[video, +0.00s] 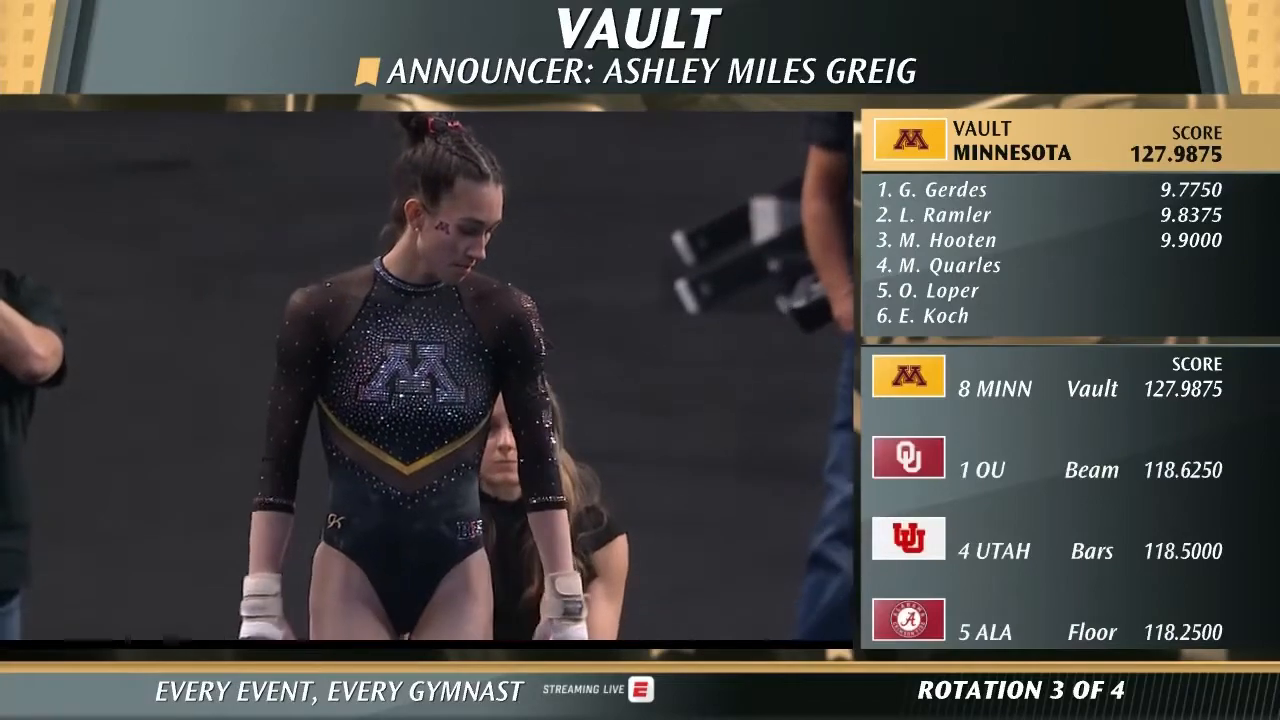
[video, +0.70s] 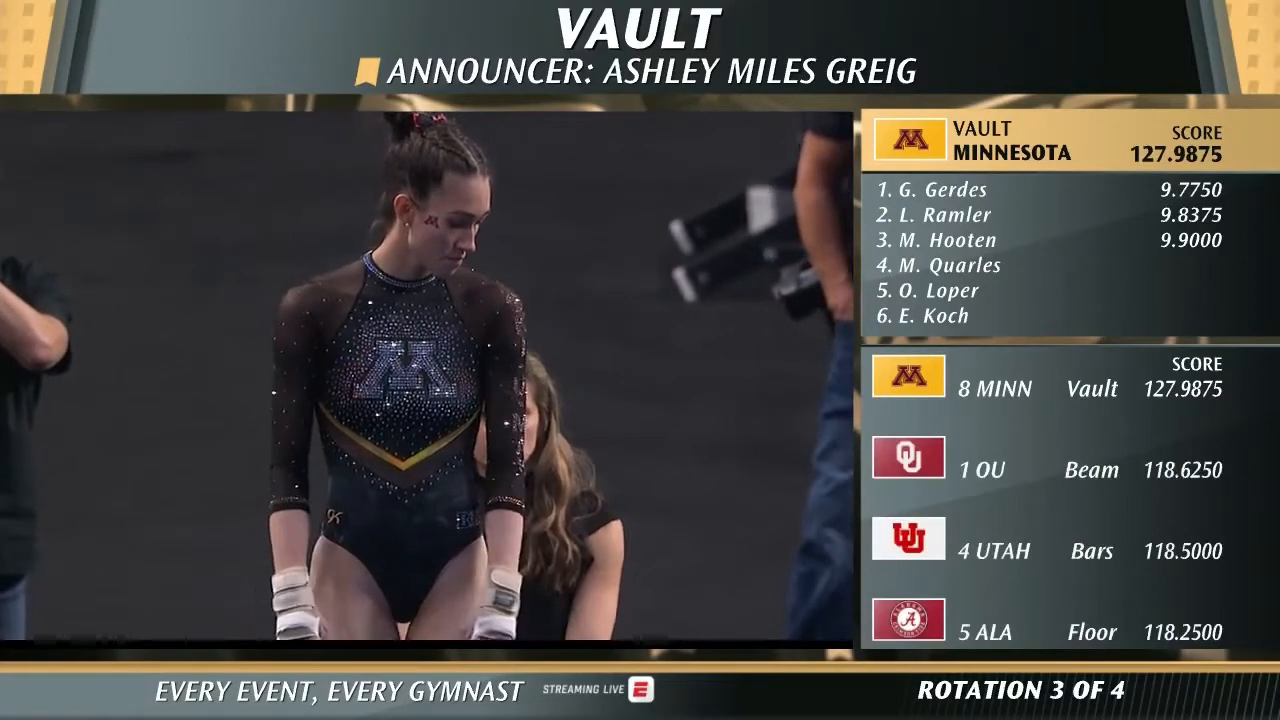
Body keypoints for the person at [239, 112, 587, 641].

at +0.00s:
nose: (481, 250)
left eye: (490, 231)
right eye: (468, 230)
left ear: (497, 220)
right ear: (414, 213)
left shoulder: (503, 316)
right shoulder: (320, 312)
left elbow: (538, 460)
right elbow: (279, 462)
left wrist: (566, 600)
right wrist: (259, 605)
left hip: (458, 568)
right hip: (350, 565)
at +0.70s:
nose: (469, 241)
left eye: (477, 224)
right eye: (456, 222)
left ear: (483, 215)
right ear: (404, 208)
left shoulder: (492, 311)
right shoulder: (312, 309)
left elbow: (507, 464)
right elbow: (288, 463)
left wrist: (500, 610)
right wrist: (292, 609)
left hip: (460, 558)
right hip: (348, 555)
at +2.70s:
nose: (468, 255)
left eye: (476, 238)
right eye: (454, 237)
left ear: (482, 228)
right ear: (401, 224)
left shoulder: (494, 325)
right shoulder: (314, 329)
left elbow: (529, 474)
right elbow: (278, 485)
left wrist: (561, 611)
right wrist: (241, 616)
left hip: (462, 575)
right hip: (354, 573)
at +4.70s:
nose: (462, 255)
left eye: (469, 237)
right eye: (446, 238)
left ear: (475, 226)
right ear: (392, 227)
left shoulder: (484, 331)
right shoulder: (306, 333)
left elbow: (505, 484)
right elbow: (283, 487)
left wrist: (517, 622)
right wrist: (272, 624)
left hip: (456, 574)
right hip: (348, 573)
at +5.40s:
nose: (464, 255)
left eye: (471, 237)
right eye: (448, 239)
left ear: (476, 225)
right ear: (394, 228)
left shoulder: (486, 331)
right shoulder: (309, 333)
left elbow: (502, 481)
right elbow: (289, 486)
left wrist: (507, 619)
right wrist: (286, 620)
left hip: (458, 574)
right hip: (351, 573)